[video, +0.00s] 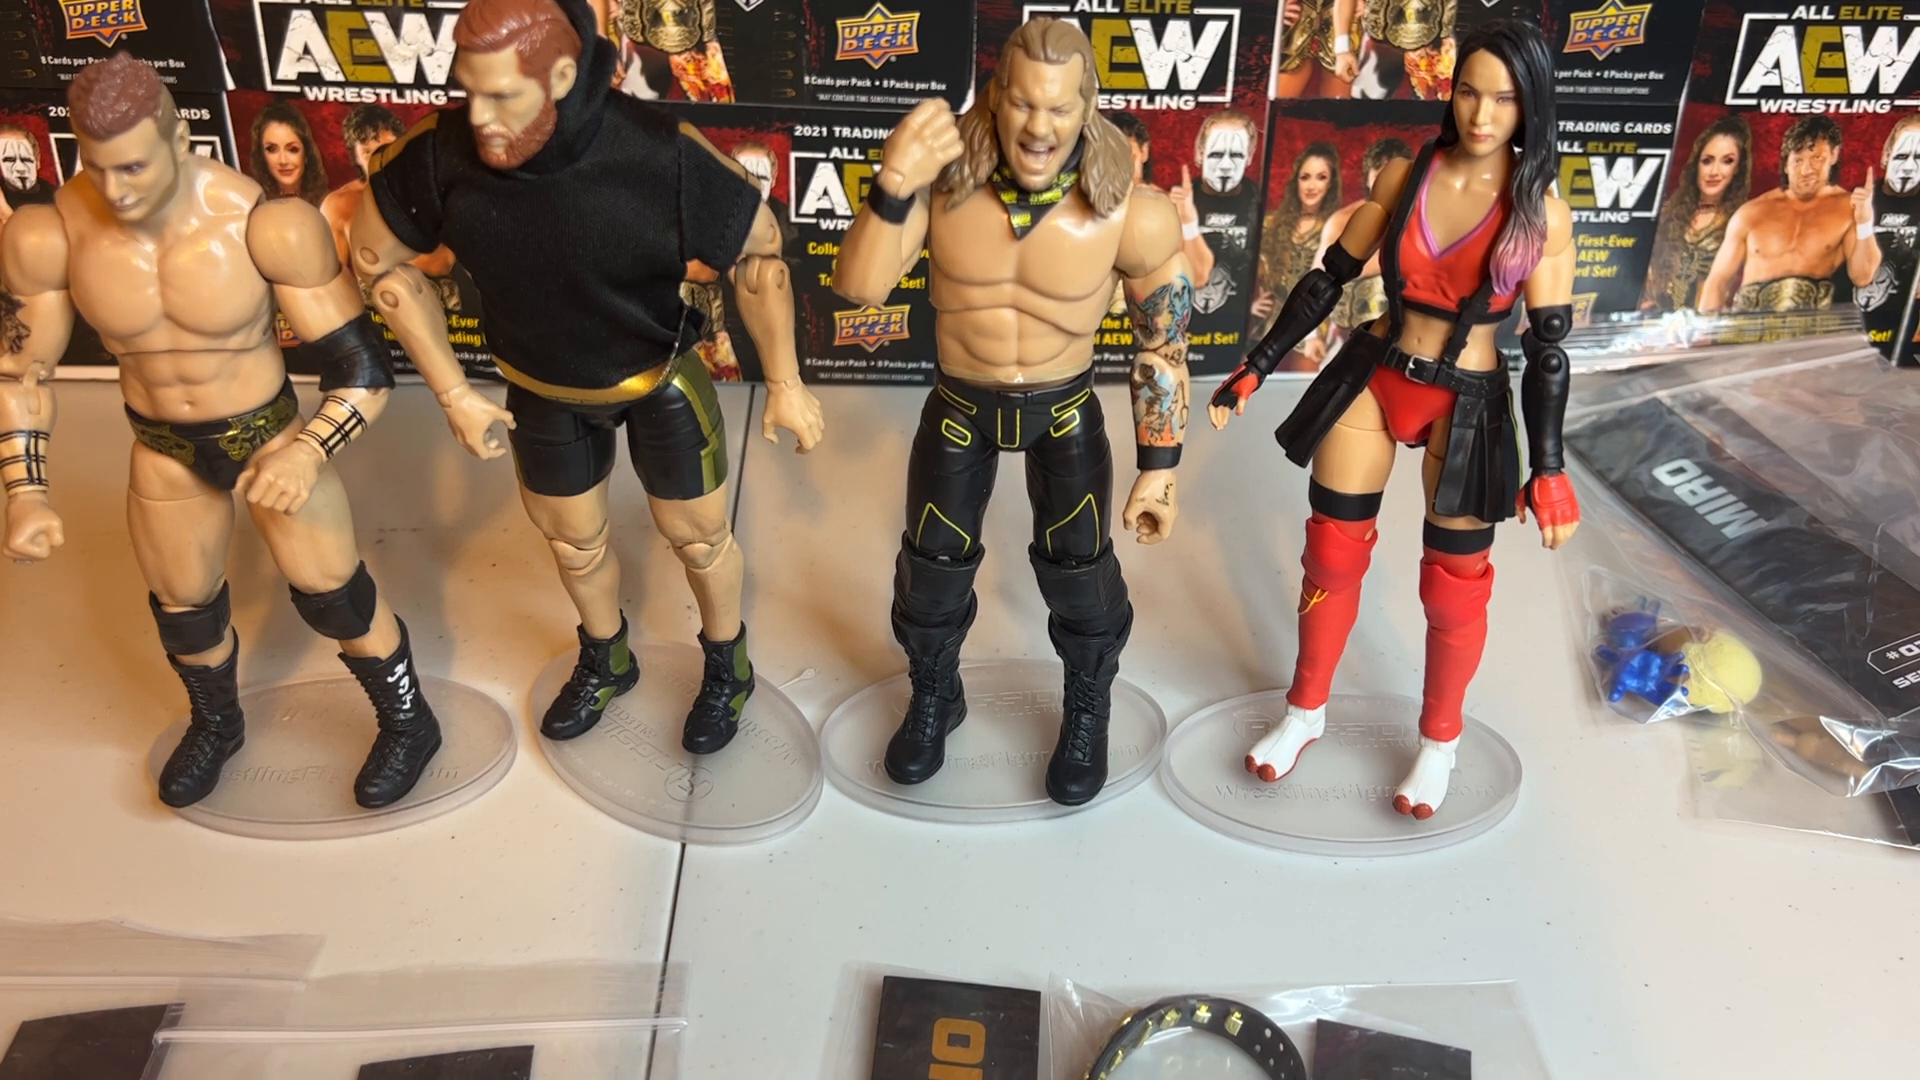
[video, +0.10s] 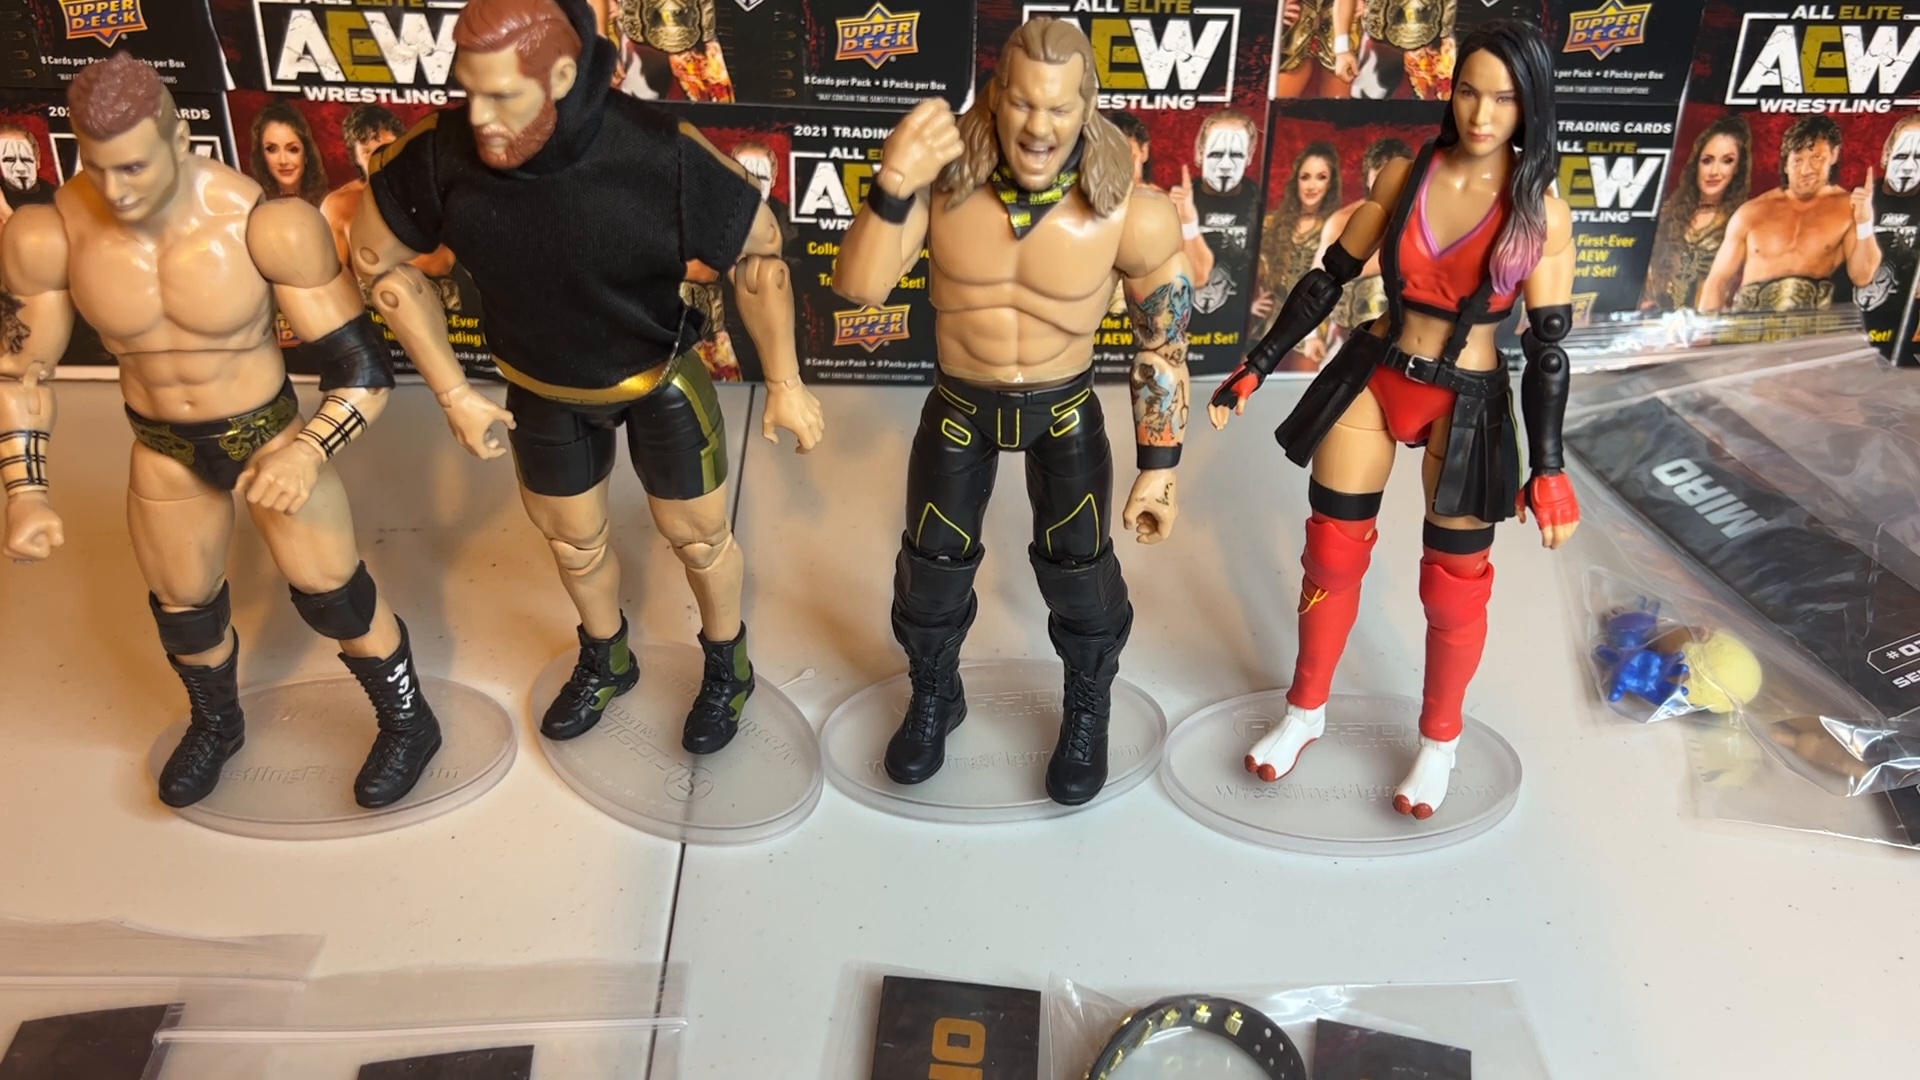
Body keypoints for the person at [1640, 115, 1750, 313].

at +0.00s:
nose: (1714, 171)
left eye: (1727, 161)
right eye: (1707, 160)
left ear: (1739, 168)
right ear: (1695, 164)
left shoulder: (1742, 220)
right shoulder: (1670, 212)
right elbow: (1654, 267)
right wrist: (1649, 301)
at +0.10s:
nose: (1714, 171)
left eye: (1727, 161)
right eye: (1707, 160)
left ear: (1739, 168)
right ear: (1695, 164)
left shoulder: (1742, 220)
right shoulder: (1670, 212)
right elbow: (1654, 267)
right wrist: (1649, 300)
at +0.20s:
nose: (1714, 171)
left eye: (1727, 161)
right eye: (1707, 160)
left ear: (1739, 168)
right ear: (1695, 164)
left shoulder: (1742, 220)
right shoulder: (1670, 213)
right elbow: (1654, 268)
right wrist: (1649, 301)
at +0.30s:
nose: (1714, 171)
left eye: (1727, 161)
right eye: (1706, 160)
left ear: (1739, 168)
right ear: (1695, 164)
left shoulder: (1742, 220)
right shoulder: (1670, 213)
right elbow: (1654, 268)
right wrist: (1649, 301)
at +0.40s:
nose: (1714, 171)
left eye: (1727, 161)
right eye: (1707, 160)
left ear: (1739, 168)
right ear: (1695, 164)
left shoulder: (1742, 220)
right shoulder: (1670, 213)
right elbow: (1654, 268)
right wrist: (1649, 301)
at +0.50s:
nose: (1714, 171)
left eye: (1727, 161)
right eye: (1707, 160)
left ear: (1739, 168)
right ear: (1695, 164)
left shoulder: (1742, 220)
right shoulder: (1670, 213)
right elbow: (1654, 268)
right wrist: (1649, 301)